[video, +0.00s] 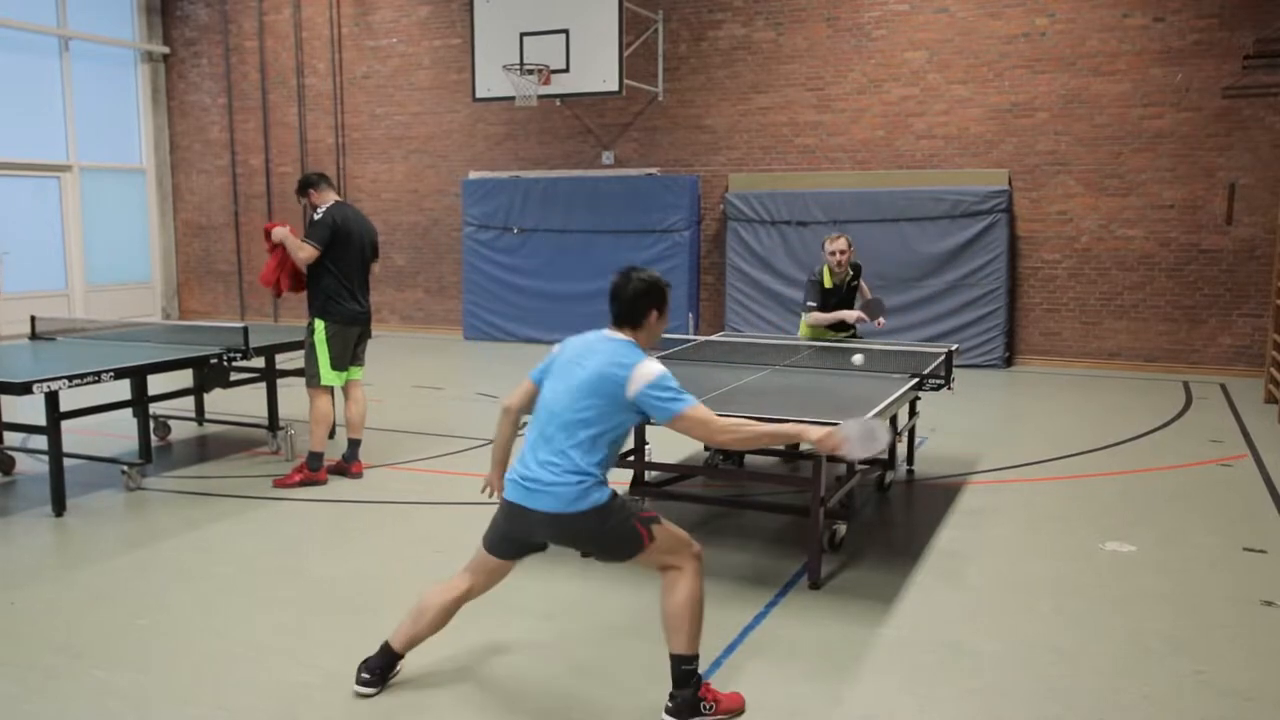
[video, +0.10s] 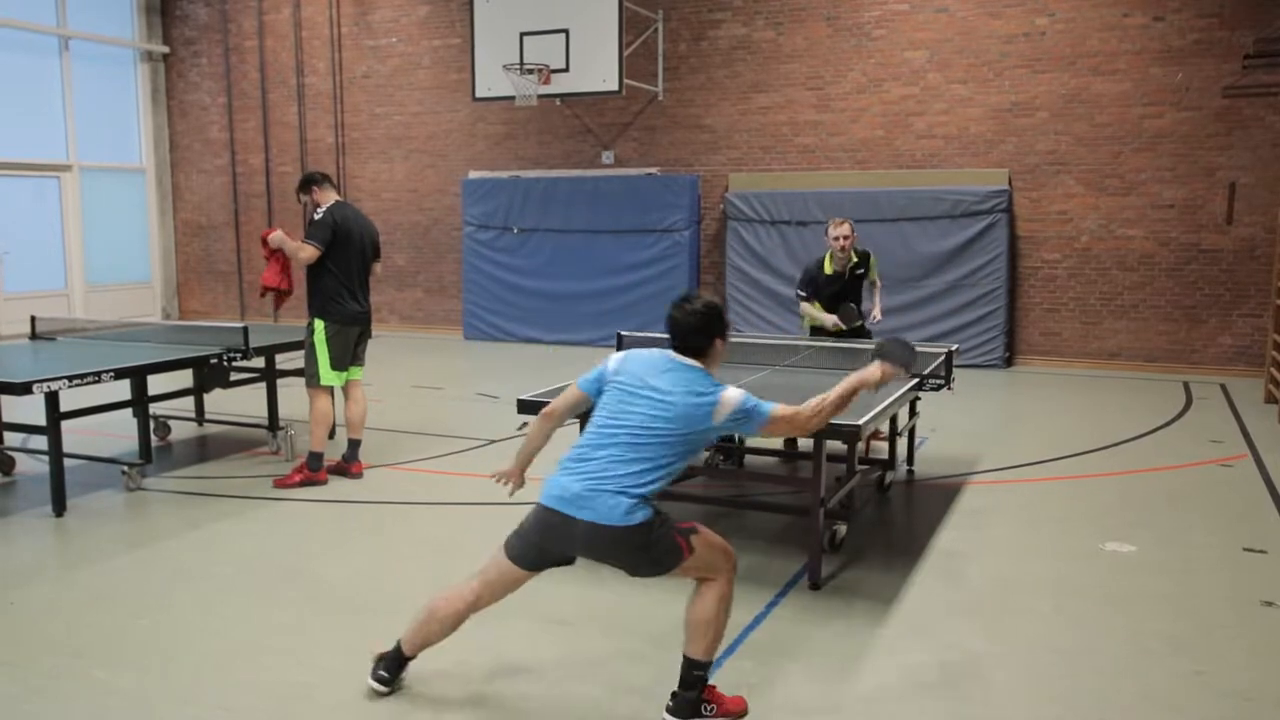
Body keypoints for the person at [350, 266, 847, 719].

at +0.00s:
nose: (667, 325)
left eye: (664, 315)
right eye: (666, 316)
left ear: (616, 313)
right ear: (650, 318)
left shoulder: (569, 348)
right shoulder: (640, 370)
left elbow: (513, 408)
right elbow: (717, 432)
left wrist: (497, 469)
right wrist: (803, 434)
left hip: (522, 498)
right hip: (579, 505)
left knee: (466, 581)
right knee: (682, 555)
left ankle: (380, 662)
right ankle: (686, 693)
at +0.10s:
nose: (728, 343)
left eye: (720, 335)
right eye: (726, 337)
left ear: (672, 335)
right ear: (715, 344)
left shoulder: (624, 363)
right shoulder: (717, 397)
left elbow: (555, 411)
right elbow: (803, 422)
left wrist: (518, 462)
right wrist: (857, 380)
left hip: (556, 511)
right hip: (619, 527)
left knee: (475, 590)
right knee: (718, 563)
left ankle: (391, 662)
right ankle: (691, 697)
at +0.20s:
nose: (773, 345)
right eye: (774, 338)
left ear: (719, 325)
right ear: (768, 341)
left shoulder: (671, 350)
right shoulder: (768, 391)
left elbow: (590, 388)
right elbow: (840, 409)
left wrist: (540, 432)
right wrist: (870, 364)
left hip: (598, 500)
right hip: (665, 526)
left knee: (531, 589)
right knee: (735, 568)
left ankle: (439, 683)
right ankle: (693, 693)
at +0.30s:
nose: (809, 317)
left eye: (808, 309)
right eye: (808, 310)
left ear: (747, 301)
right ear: (799, 315)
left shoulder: (695, 333)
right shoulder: (797, 367)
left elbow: (601, 357)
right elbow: (863, 437)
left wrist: (552, 414)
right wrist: (899, 420)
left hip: (642, 494)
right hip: (713, 508)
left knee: (605, 601)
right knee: (763, 572)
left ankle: (551, 707)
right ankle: (730, 689)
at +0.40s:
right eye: (832, 307)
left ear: (769, 296)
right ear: (825, 315)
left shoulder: (718, 329)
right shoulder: (836, 378)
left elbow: (628, 340)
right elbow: (894, 479)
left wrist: (575, 424)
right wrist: (913, 474)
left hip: (687, 517)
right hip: (768, 522)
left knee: (658, 651)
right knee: (831, 596)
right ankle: (831, 710)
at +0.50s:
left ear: (781, 317)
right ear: (843, 330)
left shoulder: (737, 362)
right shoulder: (863, 400)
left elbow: (699, 425)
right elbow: (911, 522)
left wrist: (656, 532)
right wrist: (916, 549)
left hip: (746, 574)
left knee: (688, 712)